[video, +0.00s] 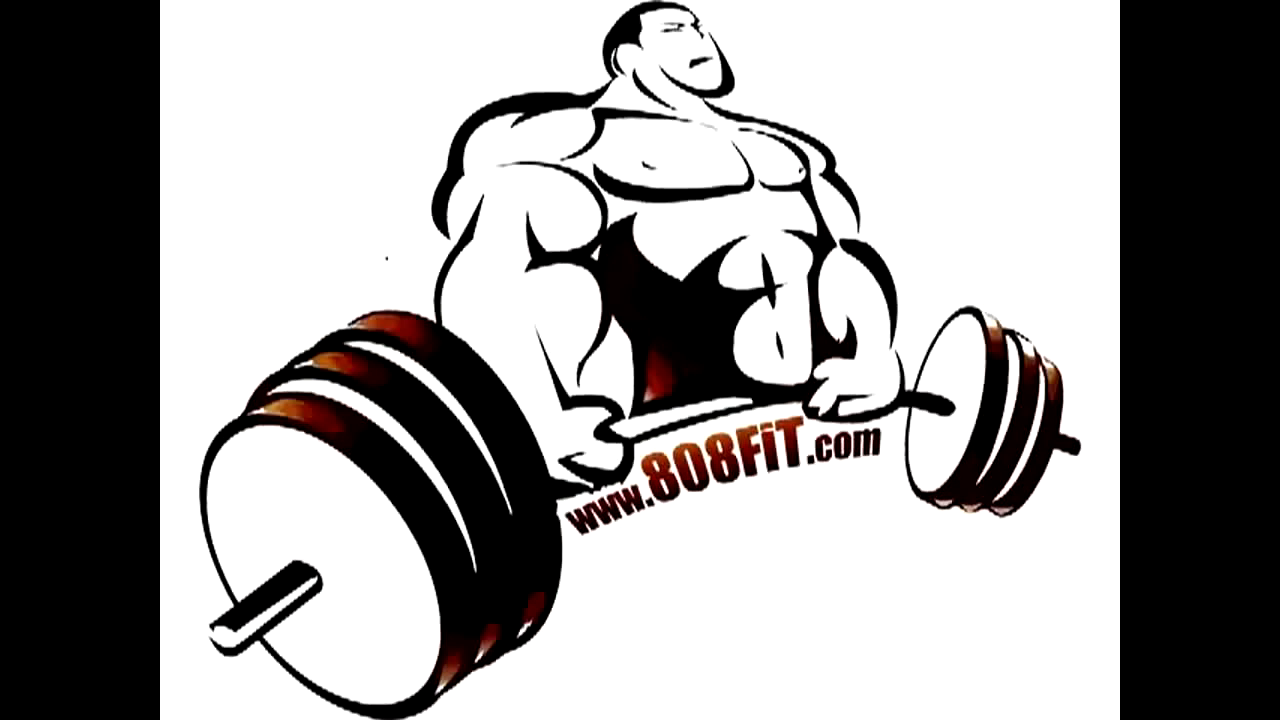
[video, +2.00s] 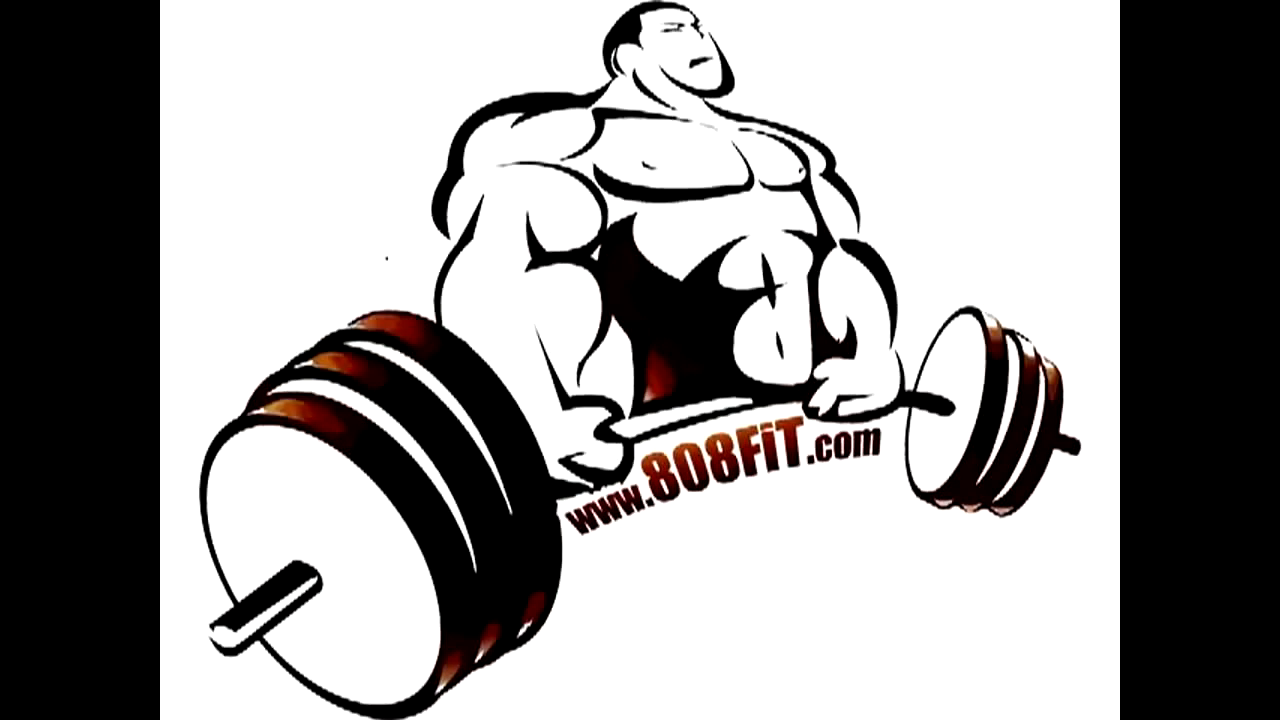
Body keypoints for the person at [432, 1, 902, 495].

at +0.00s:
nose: (702, 40)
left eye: (701, 28)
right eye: (676, 30)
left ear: (713, 45)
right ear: (629, 59)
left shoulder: (775, 145)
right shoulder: (594, 126)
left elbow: (850, 249)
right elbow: (487, 155)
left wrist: (878, 358)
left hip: (747, 330)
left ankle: (870, 369)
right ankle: (577, 429)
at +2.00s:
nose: (702, 40)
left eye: (701, 28)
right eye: (675, 30)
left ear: (713, 45)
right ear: (628, 59)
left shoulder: (776, 145)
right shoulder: (593, 127)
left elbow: (850, 250)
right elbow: (487, 155)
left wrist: (878, 358)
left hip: (747, 331)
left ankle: (870, 369)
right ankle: (577, 429)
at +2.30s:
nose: (702, 40)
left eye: (701, 28)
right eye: (675, 30)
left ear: (713, 45)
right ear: (628, 59)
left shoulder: (776, 145)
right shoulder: (593, 127)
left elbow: (850, 250)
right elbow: (487, 155)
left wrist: (878, 358)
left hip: (747, 331)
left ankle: (870, 369)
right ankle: (577, 429)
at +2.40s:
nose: (702, 40)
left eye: (701, 28)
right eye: (675, 30)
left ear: (713, 45)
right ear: (628, 59)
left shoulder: (776, 145)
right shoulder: (593, 127)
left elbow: (850, 250)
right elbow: (487, 155)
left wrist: (878, 358)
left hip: (747, 331)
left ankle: (870, 369)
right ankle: (577, 429)